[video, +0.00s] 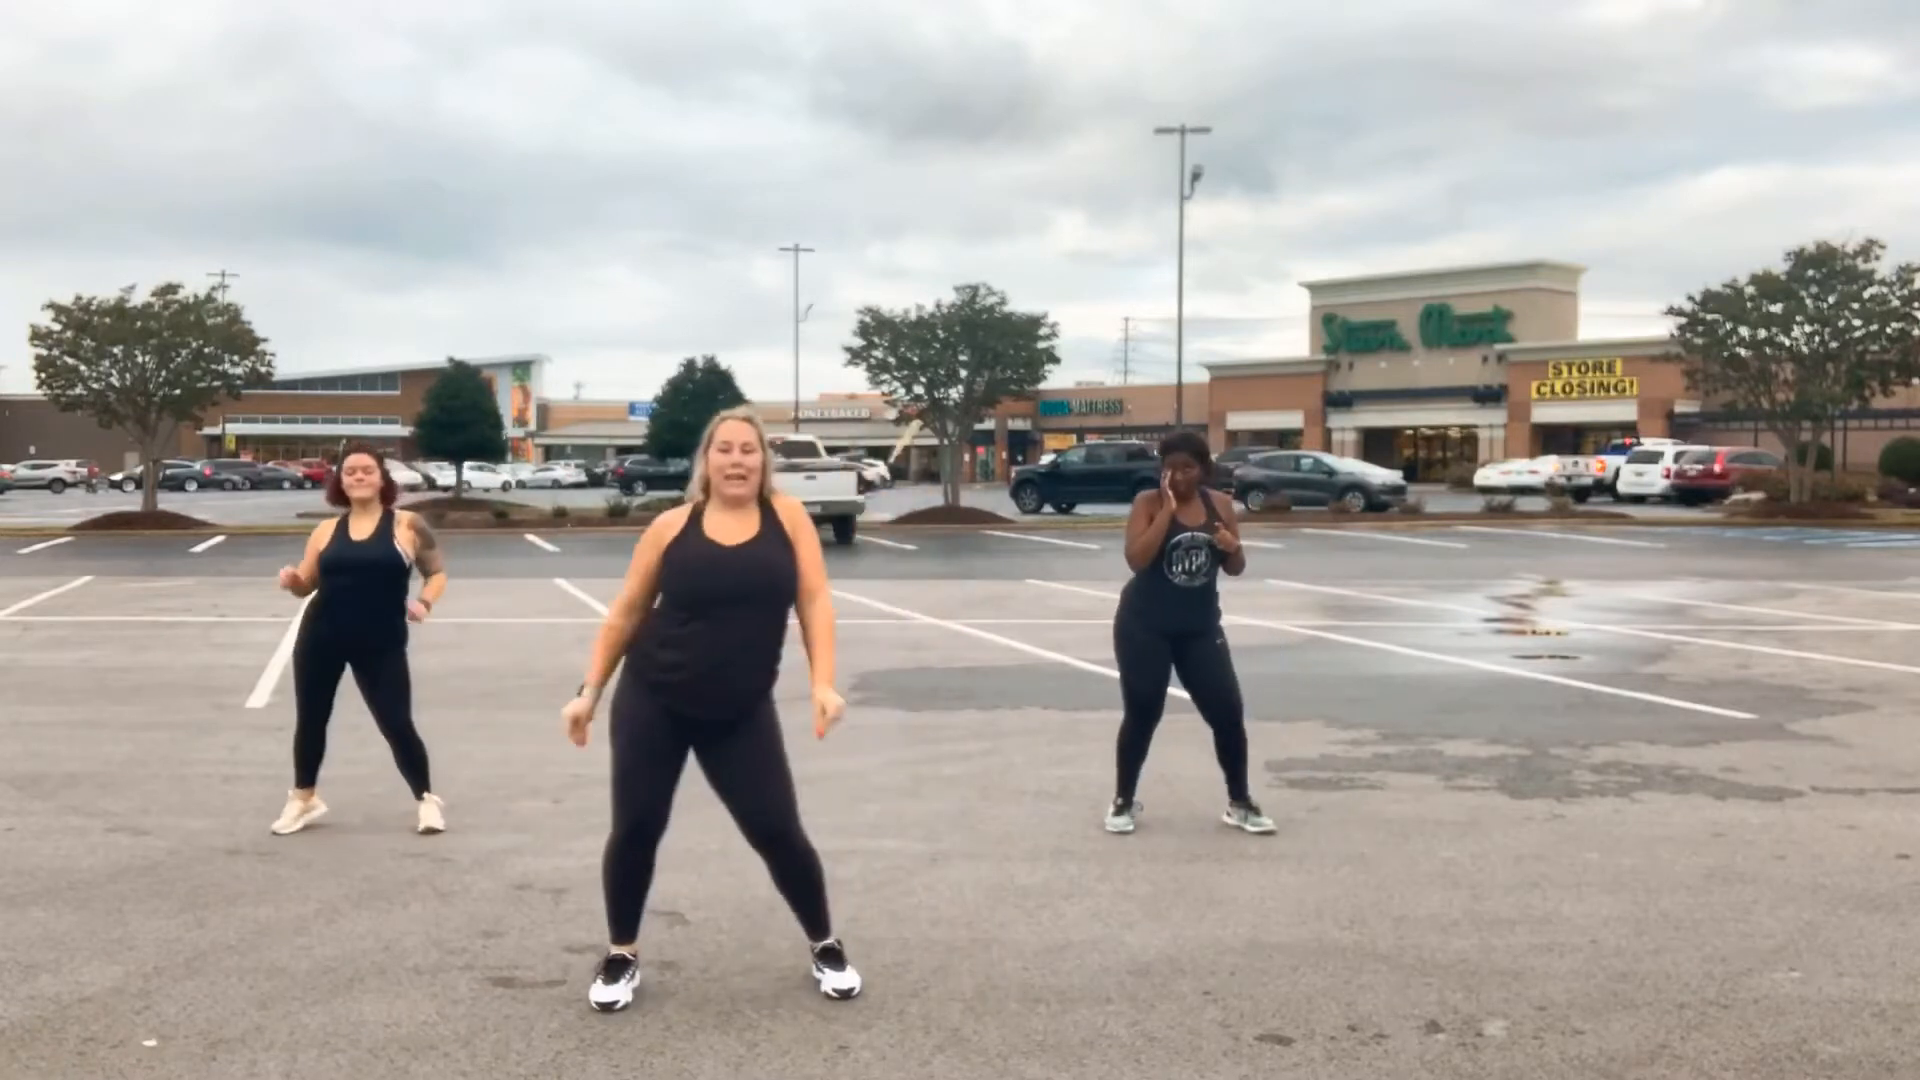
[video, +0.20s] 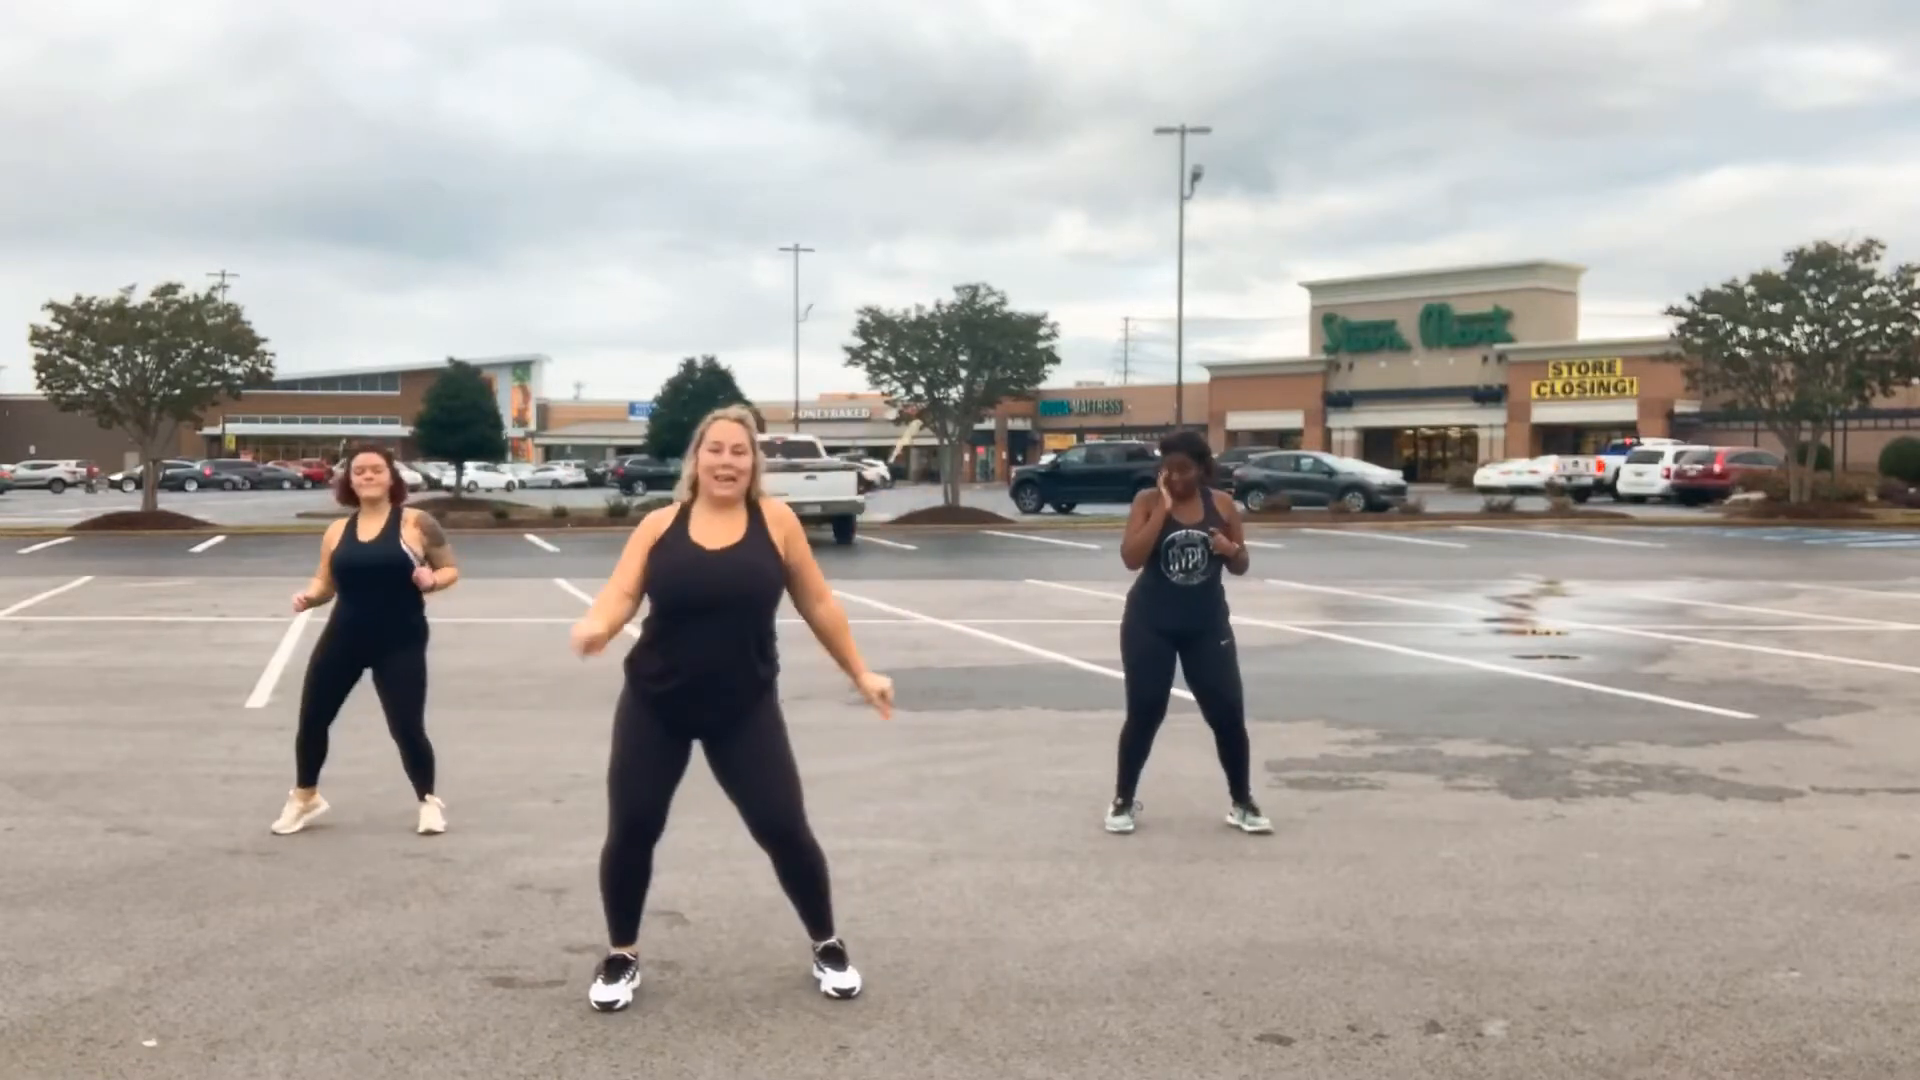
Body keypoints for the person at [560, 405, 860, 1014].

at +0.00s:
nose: (736, 460)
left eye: (748, 449)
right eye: (724, 449)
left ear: (764, 460)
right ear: (704, 459)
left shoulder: (788, 520)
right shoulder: (670, 527)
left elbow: (814, 599)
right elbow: (626, 611)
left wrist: (822, 681)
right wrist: (590, 690)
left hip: (739, 709)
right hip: (652, 703)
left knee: (779, 834)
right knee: (635, 829)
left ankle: (825, 947)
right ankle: (621, 953)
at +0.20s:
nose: (726, 460)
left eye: (739, 451)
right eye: (715, 448)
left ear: (754, 462)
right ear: (695, 457)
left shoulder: (776, 521)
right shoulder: (659, 526)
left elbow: (817, 602)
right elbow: (621, 592)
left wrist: (860, 672)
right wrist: (599, 625)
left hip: (745, 706)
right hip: (655, 703)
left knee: (786, 831)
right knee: (630, 831)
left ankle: (826, 947)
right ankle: (621, 955)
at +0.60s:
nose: (763, 487)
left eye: (776, 478)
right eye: (754, 475)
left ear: (790, 484)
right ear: (732, 474)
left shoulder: (810, 539)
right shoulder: (694, 527)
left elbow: (856, 620)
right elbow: (660, 584)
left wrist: (917, 683)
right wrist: (631, 633)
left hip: (815, 712)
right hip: (729, 716)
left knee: (826, 835)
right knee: (684, 840)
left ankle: (832, 950)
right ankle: (635, 952)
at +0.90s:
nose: (759, 470)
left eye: (771, 459)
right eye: (748, 458)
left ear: (789, 463)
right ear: (730, 463)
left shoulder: (818, 519)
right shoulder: (701, 526)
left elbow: (857, 597)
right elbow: (671, 615)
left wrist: (892, 628)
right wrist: (603, 668)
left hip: (790, 703)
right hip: (702, 699)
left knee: (807, 832)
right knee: (649, 821)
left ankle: (829, 951)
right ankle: (606, 942)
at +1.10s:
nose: (731, 456)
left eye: (743, 445)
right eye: (720, 445)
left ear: (761, 453)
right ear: (701, 453)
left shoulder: (788, 510)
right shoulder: (673, 519)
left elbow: (839, 583)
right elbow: (623, 593)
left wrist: (891, 558)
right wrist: (542, 573)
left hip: (749, 699)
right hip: (661, 694)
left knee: (780, 830)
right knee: (631, 824)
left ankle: (827, 947)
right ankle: (601, 951)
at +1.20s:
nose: (721, 460)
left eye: (733, 450)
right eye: (709, 449)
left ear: (751, 459)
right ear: (691, 459)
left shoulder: (776, 517)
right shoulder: (664, 526)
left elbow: (828, 594)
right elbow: (610, 603)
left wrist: (881, 557)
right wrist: (544, 563)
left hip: (736, 709)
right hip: (649, 702)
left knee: (773, 837)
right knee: (625, 832)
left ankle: (824, 948)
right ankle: (602, 955)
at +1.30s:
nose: (721, 466)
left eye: (732, 456)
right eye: (709, 455)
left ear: (748, 467)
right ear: (690, 465)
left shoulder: (775, 531)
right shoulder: (659, 533)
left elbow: (819, 611)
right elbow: (616, 619)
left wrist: (865, 573)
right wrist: (570, 568)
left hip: (739, 715)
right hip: (649, 710)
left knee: (779, 842)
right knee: (623, 838)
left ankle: (825, 948)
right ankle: (603, 956)